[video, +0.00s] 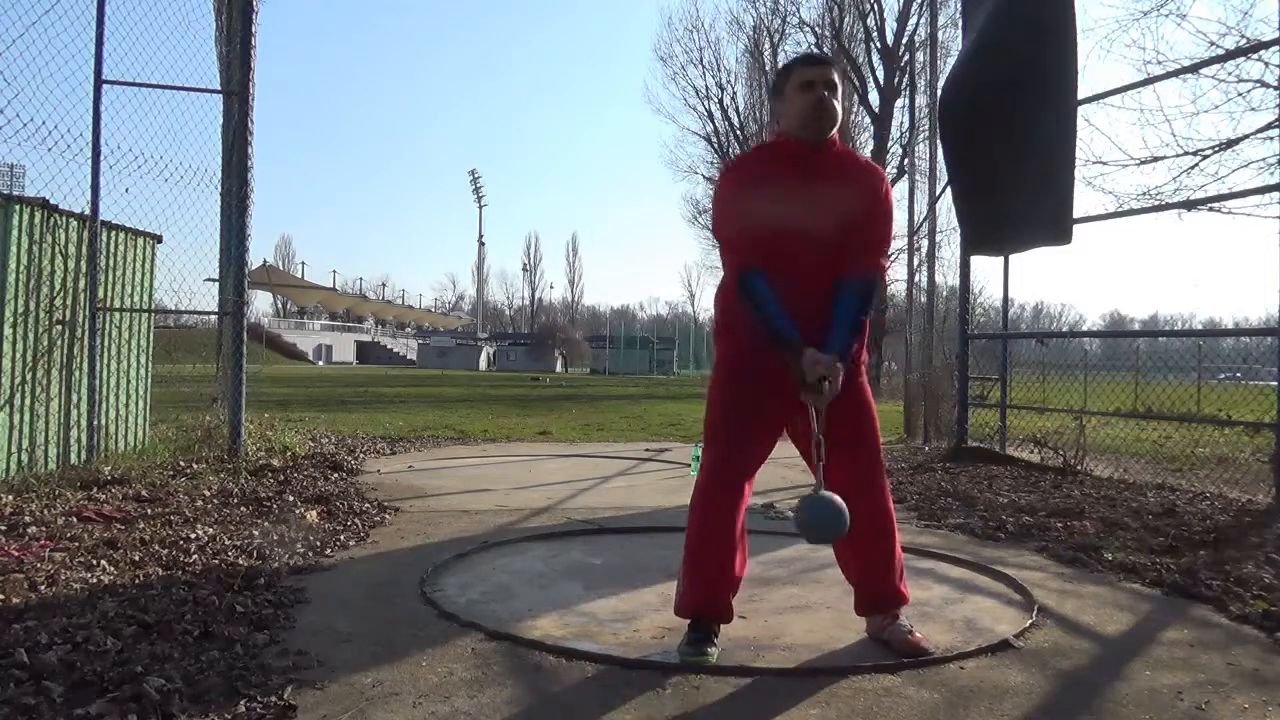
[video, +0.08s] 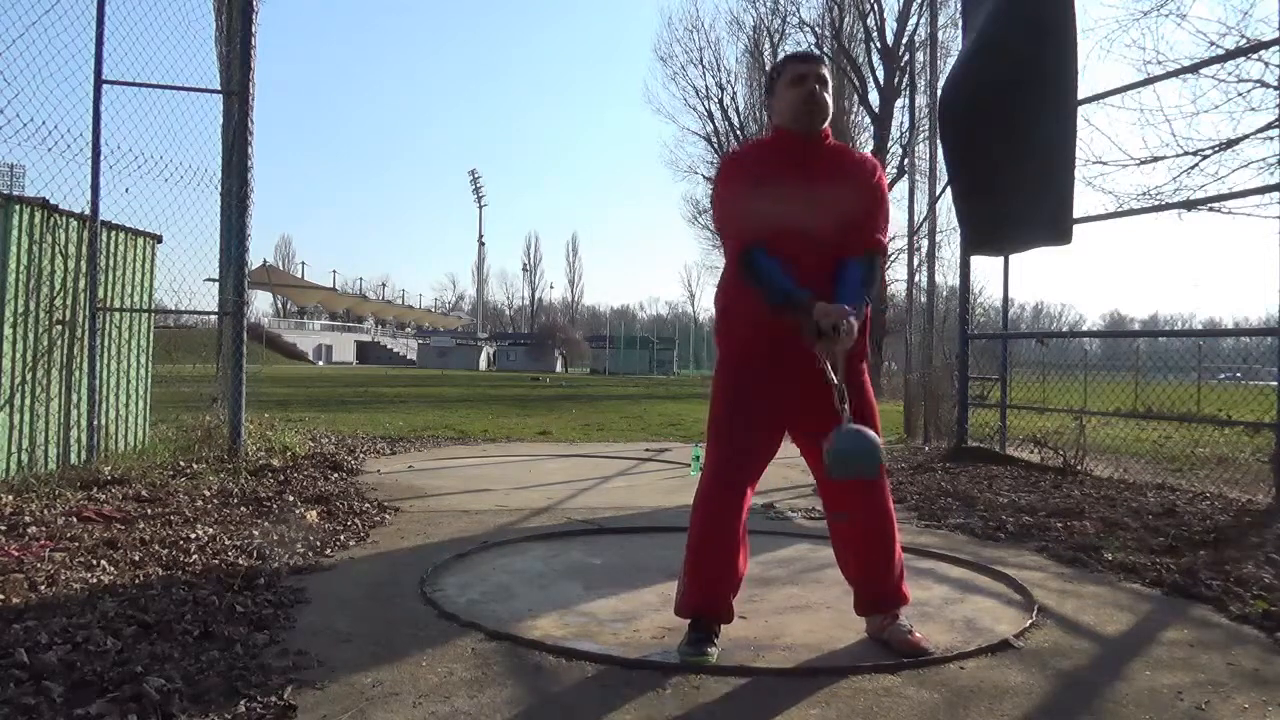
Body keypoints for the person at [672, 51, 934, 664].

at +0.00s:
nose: (824, 95)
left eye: (832, 87)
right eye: (809, 87)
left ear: (843, 104)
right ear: (778, 102)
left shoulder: (867, 178)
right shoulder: (742, 174)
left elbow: (863, 273)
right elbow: (746, 270)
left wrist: (838, 351)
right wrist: (796, 347)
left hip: (838, 351)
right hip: (751, 350)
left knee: (865, 477)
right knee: (722, 479)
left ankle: (885, 614)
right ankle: (704, 619)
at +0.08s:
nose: (813, 89)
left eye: (821, 82)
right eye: (798, 80)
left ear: (833, 101)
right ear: (771, 98)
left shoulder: (861, 169)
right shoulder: (740, 166)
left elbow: (866, 253)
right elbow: (746, 250)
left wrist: (847, 312)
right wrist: (805, 308)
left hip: (835, 350)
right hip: (753, 350)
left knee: (859, 472)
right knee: (725, 479)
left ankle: (885, 614)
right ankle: (705, 618)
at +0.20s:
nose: (806, 84)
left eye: (815, 80)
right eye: (791, 78)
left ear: (828, 103)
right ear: (765, 100)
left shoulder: (859, 165)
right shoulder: (739, 160)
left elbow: (878, 223)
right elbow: (747, 228)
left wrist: (861, 245)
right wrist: (828, 235)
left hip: (839, 359)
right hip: (755, 360)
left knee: (866, 486)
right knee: (727, 488)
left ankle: (885, 615)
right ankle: (704, 620)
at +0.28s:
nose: (804, 86)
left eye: (813, 80)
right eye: (789, 80)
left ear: (826, 101)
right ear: (763, 102)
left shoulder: (854, 159)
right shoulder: (740, 158)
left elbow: (887, 215)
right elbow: (753, 209)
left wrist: (904, 206)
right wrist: (833, 196)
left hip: (840, 354)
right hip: (756, 356)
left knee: (867, 483)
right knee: (730, 485)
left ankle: (885, 614)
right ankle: (704, 619)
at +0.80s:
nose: (809, 87)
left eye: (816, 80)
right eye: (794, 80)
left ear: (829, 98)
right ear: (766, 99)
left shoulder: (861, 165)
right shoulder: (740, 157)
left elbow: (872, 240)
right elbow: (753, 228)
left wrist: (822, 237)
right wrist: (843, 240)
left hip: (834, 360)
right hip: (750, 359)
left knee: (866, 485)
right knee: (721, 487)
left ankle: (886, 615)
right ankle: (704, 620)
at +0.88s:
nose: (810, 91)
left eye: (818, 84)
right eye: (796, 84)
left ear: (830, 101)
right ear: (769, 100)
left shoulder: (861, 168)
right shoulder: (741, 165)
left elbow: (869, 242)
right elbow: (748, 241)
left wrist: (855, 293)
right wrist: (812, 294)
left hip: (831, 354)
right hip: (749, 354)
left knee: (862, 478)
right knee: (720, 482)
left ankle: (885, 615)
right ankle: (704, 619)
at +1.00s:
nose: (825, 101)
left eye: (832, 93)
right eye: (810, 93)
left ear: (842, 106)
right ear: (777, 106)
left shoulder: (864, 177)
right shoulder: (744, 174)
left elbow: (865, 277)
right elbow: (750, 276)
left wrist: (840, 362)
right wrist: (801, 359)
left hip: (833, 350)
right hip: (751, 347)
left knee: (864, 474)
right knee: (718, 479)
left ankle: (885, 614)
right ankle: (705, 615)